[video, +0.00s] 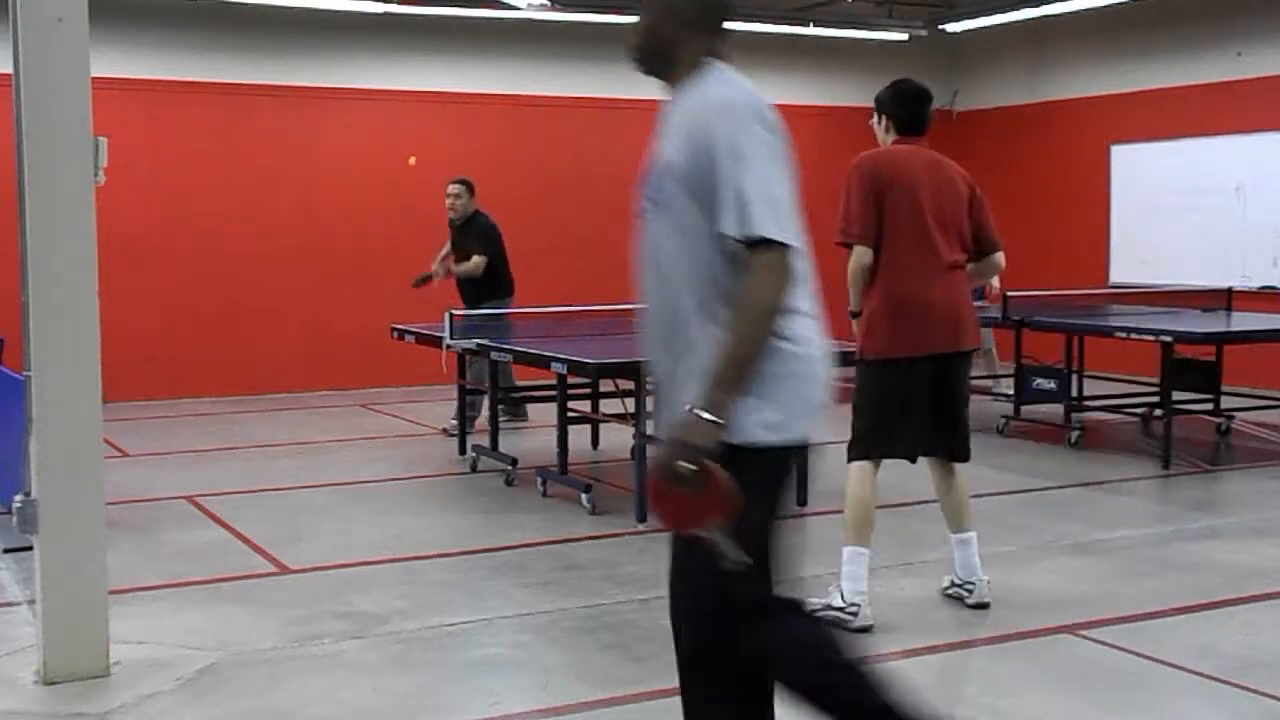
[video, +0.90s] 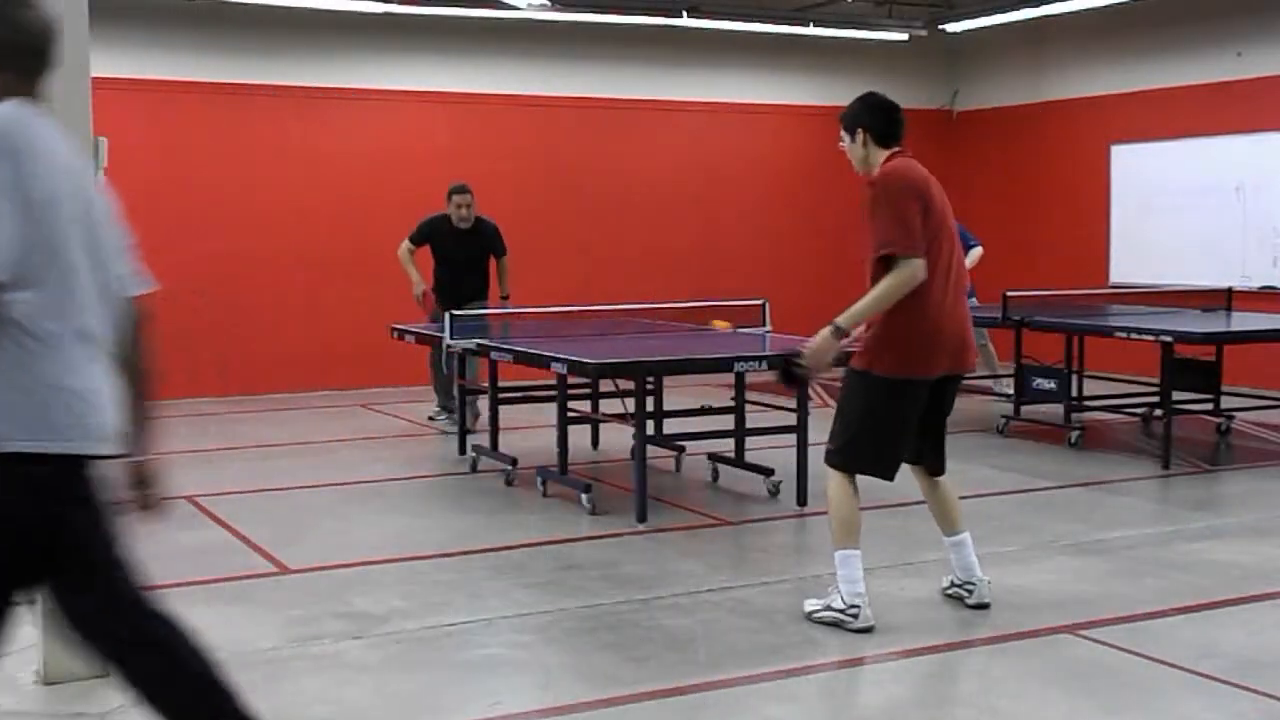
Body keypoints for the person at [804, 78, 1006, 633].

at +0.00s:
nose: (872, 126)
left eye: (874, 119)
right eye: (875, 118)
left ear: (883, 122)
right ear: (926, 122)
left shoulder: (870, 167)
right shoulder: (956, 173)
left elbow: (862, 255)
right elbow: (992, 259)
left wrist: (854, 311)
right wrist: (945, 283)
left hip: (890, 334)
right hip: (953, 334)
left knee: (863, 459)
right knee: (945, 455)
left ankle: (851, 595)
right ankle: (970, 577)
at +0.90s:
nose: (844, 152)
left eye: (844, 141)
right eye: (843, 142)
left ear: (862, 137)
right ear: (891, 136)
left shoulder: (891, 180)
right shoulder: (924, 179)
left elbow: (911, 268)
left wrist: (834, 329)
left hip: (896, 354)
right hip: (947, 351)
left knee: (840, 465)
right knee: (925, 460)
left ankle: (850, 598)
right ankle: (970, 578)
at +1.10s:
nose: (852, 146)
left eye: (853, 134)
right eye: (851, 136)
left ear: (874, 131)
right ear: (885, 130)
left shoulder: (929, 169)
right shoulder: (899, 185)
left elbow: (967, 253)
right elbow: (864, 258)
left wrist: (921, 328)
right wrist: (788, 267)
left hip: (921, 348)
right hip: (950, 349)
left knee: (862, 458)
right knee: (931, 459)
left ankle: (852, 599)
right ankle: (975, 576)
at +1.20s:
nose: (860, 145)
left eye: (860, 134)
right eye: (858, 135)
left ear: (879, 130)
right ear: (895, 128)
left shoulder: (938, 171)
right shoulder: (902, 186)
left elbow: (986, 255)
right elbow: (871, 241)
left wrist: (957, 334)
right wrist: (820, 229)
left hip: (926, 347)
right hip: (946, 346)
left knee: (862, 455)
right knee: (933, 460)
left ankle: (857, 597)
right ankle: (981, 576)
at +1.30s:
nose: (866, 149)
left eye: (866, 138)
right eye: (864, 139)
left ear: (884, 134)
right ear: (903, 132)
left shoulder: (939, 177)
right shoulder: (913, 185)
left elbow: (986, 263)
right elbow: (908, 246)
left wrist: (962, 351)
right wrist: (860, 217)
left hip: (926, 349)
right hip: (947, 349)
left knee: (860, 460)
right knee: (931, 461)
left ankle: (875, 610)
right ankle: (982, 576)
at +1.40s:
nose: (869, 148)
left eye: (870, 137)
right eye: (869, 137)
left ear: (885, 139)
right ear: (917, 135)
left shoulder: (934, 186)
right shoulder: (933, 181)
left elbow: (968, 276)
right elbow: (942, 255)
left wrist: (935, 371)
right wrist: (896, 234)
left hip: (927, 362)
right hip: (957, 358)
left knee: (865, 479)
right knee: (933, 465)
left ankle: (906, 612)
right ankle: (981, 574)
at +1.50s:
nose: (870, 140)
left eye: (871, 131)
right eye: (873, 130)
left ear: (885, 135)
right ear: (926, 134)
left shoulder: (916, 183)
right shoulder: (955, 181)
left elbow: (934, 279)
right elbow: (983, 262)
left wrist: (888, 373)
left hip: (926, 371)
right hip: (969, 366)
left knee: (873, 496)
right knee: (947, 464)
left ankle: (930, 634)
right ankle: (979, 575)